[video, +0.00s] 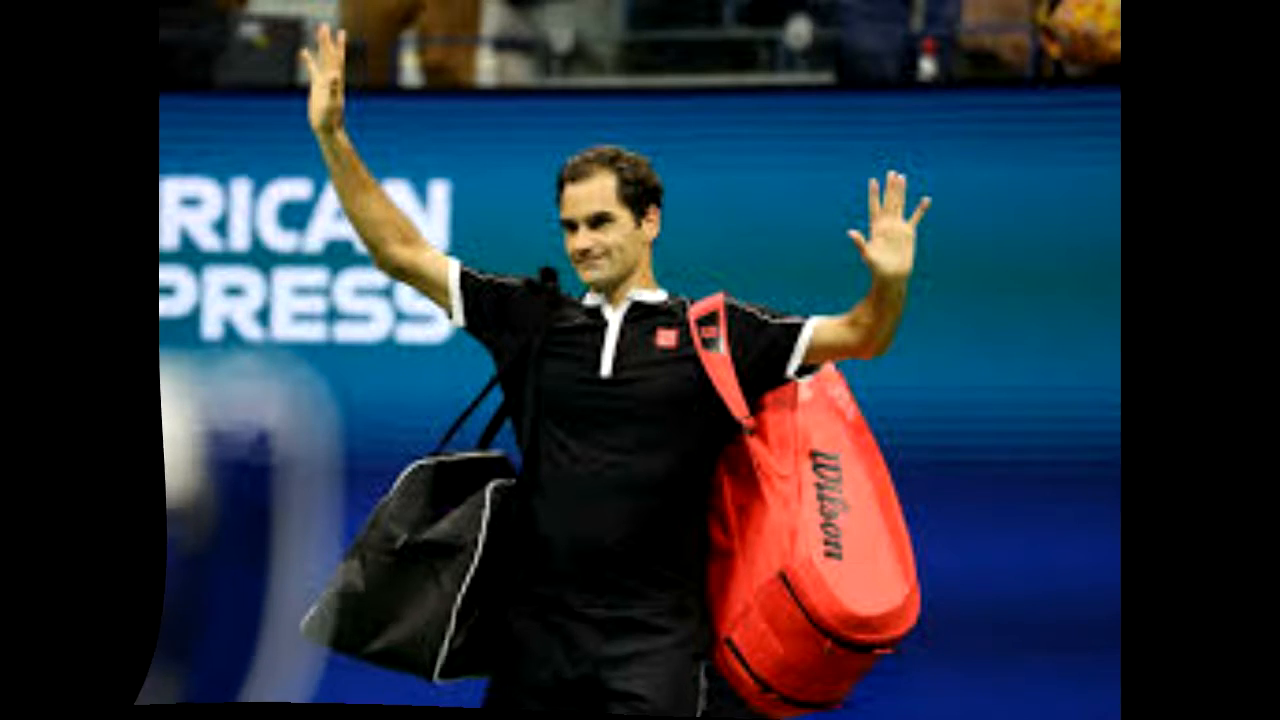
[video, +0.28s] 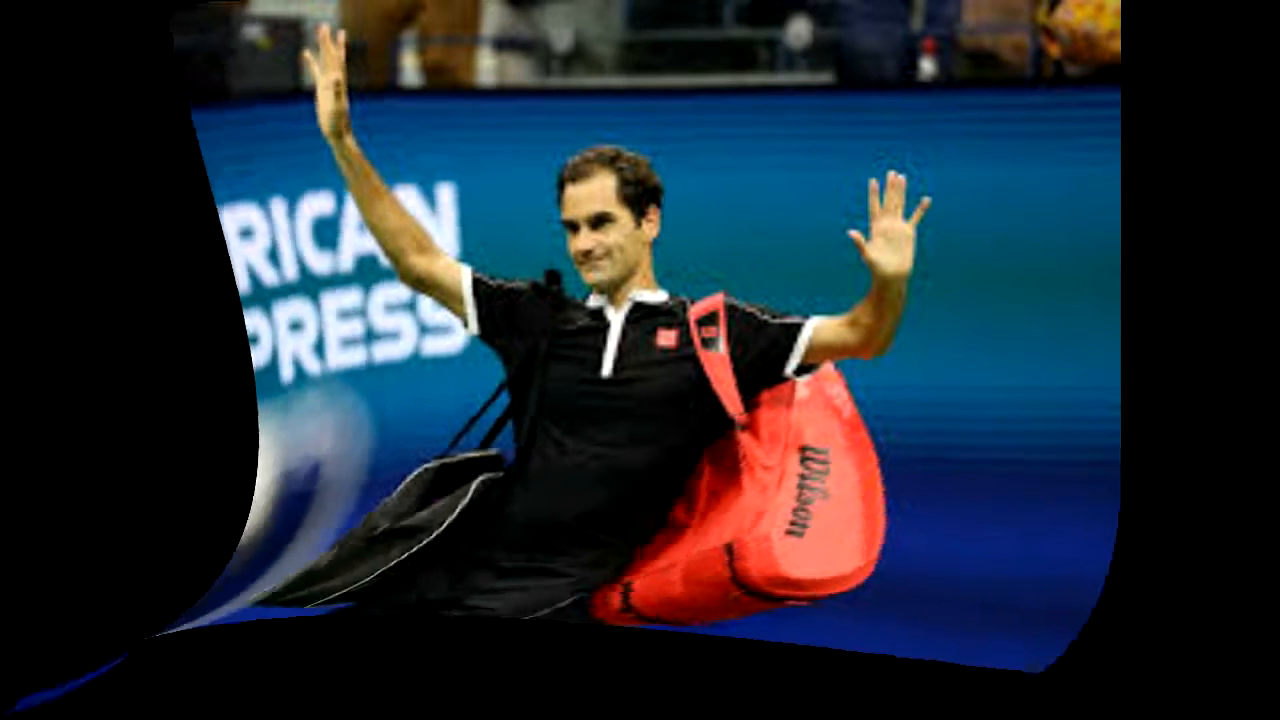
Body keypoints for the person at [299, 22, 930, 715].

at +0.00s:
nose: (581, 241)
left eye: (599, 224)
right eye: (570, 227)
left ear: (648, 224)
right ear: (560, 234)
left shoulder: (717, 329)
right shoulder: (529, 317)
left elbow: (859, 337)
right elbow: (397, 250)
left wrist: (889, 286)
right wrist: (329, 135)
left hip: (656, 629)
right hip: (539, 625)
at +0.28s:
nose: (583, 243)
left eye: (600, 225)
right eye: (571, 229)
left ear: (649, 224)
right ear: (562, 237)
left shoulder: (713, 330)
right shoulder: (537, 314)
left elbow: (862, 338)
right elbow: (418, 261)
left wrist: (890, 282)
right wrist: (338, 140)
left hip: (571, 576)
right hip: (472, 551)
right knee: (349, 606)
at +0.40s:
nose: (600, 253)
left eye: (615, 233)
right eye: (589, 238)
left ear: (659, 229)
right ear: (581, 243)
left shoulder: (713, 327)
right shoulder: (556, 324)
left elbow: (853, 332)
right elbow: (464, 287)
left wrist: (886, 285)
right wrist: (396, 171)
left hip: (523, 523)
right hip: (462, 487)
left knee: (352, 553)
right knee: (321, 553)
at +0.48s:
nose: (620, 262)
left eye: (635, 245)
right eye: (611, 249)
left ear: (674, 240)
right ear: (604, 251)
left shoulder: (712, 325)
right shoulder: (578, 331)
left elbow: (843, 326)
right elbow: (506, 308)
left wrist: (883, 275)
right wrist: (451, 190)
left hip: (511, 493)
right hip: (440, 487)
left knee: (309, 559)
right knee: (286, 559)